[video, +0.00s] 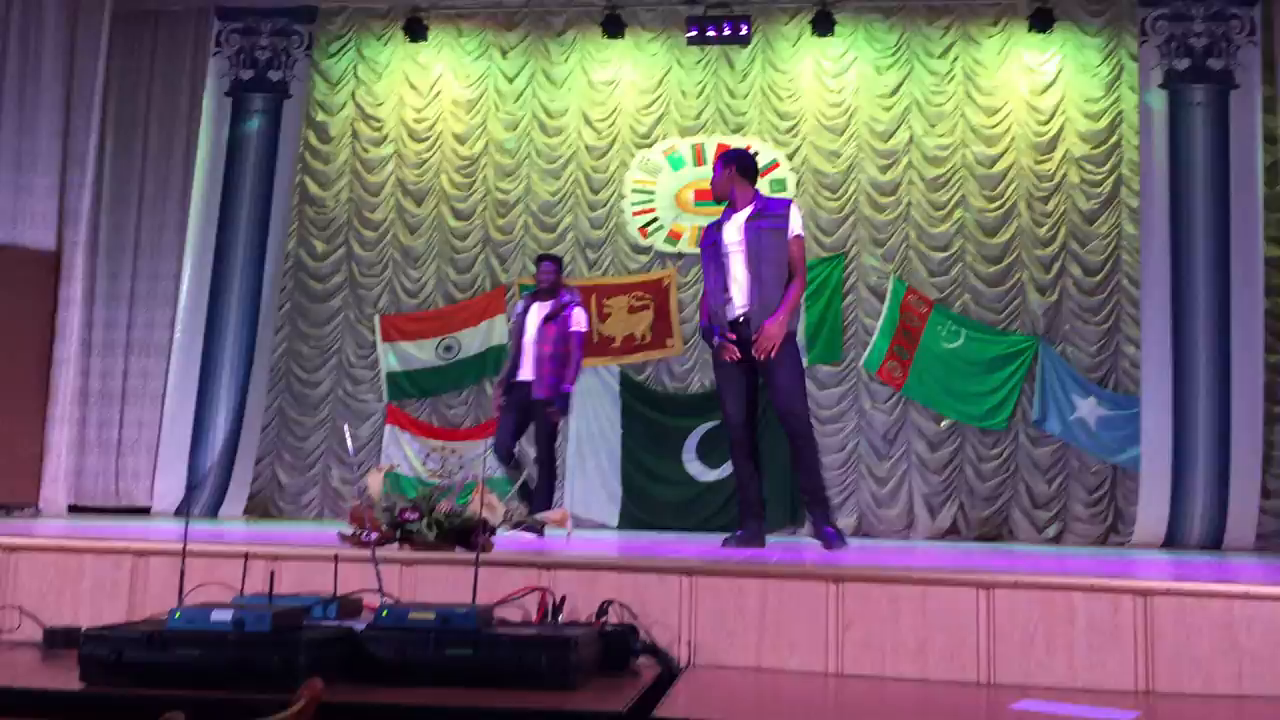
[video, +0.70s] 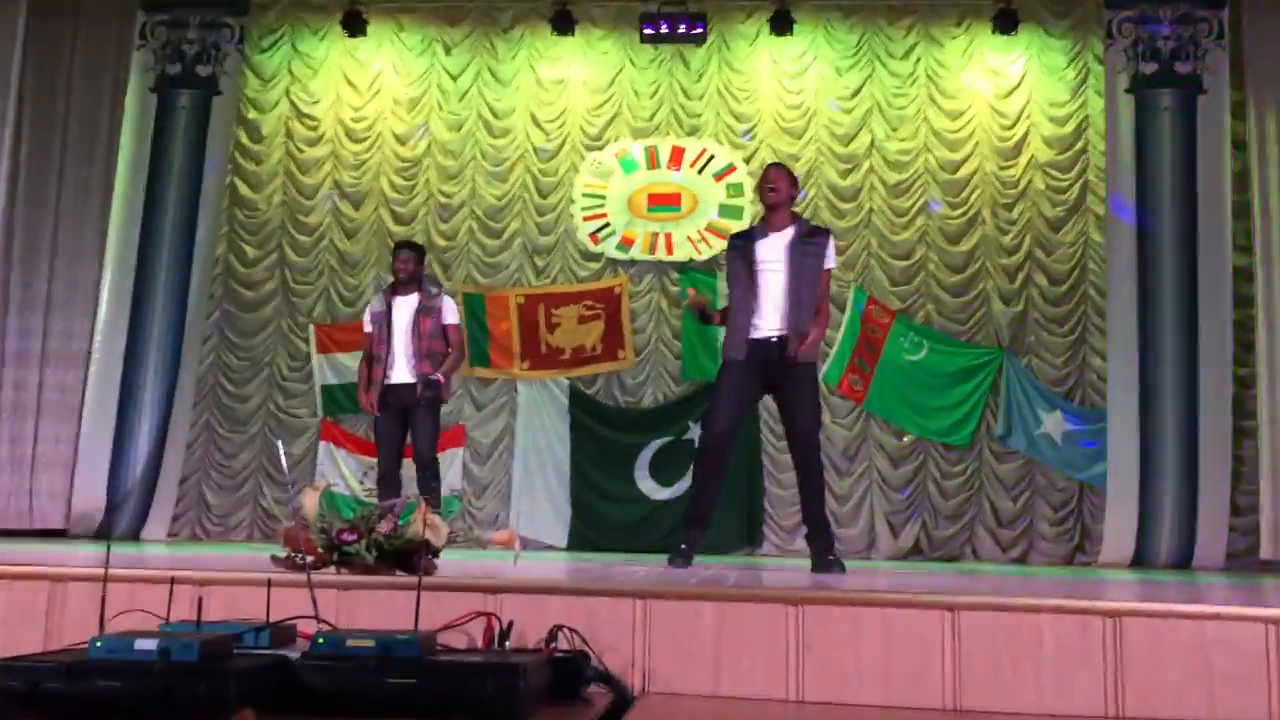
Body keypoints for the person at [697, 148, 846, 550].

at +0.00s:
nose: (712, 180)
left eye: (716, 172)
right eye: (714, 172)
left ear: (733, 173)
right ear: (736, 174)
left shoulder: (783, 212)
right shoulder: (712, 232)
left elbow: (798, 275)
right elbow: (708, 291)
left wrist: (780, 322)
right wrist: (712, 332)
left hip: (775, 334)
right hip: (729, 339)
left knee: (796, 424)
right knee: (739, 434)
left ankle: (822, 521)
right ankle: (751, 528)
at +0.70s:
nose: (768, 188)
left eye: (777, 184)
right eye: (764, 184)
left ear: (794, 193)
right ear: (758, 193)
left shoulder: (817, 239)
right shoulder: (740, 243)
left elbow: (823, 303)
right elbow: (739, 311)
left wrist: (813, 336)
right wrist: (710, 314)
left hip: (794, 356)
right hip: (744, 356)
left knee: (807, 451)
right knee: (713, 441)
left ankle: (822, 551)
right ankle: (689, 541)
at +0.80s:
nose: (801, 156)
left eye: (811, 150)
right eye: (794, 152)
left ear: (830, 166)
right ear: (785, 168)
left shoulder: (857, 223)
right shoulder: (764, 227)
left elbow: (862, 302)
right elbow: (751, 305)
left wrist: (863, 267)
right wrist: (715, 264)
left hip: (833, 359)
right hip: (772, 357)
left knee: (849, 471)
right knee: (728, 459)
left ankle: (871, 595)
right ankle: (688, 574)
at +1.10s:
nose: (759, 186)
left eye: (769, 179)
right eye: (755, 179)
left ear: (790, 187)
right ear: (749, 189)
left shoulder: (822, 239)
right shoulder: (737, 248)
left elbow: (827, 298)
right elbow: (721, 315)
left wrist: (790, 244)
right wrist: (728, 250)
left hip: (805, 372)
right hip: (745, 375)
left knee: (843, 477)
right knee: (719, 478)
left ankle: (889, 593)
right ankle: (701, 592)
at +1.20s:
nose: (742, 165)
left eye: (753, 157)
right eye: (739, 158)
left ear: (778, 167)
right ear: (737, 169)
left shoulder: (819, 223)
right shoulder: (725, 242)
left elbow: (830, 305)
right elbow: (723, 322)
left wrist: (775, 314)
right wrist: (738, 309)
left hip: (805, 369)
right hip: (744, 372)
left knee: (839, 478)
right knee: (725, 487)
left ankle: (868, 604)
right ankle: (710, 615)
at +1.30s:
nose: (713, 167)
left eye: (722, 158)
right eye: (712, 159)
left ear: (753, 164)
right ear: (721, 169)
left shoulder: (798, 219)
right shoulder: (709, 238)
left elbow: (812, 303)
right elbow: (701, 324)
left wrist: (779, 359)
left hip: (786, 367)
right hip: (727, 372)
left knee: (809, 472)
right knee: (712, 487)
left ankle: (814, 595)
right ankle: (701, 613)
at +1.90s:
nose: (767, 217)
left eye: (774, 206)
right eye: (757, 210)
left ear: (790, 204)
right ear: (746, 213)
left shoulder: (831, 246)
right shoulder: (741, 264)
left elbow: (854, 325)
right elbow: (744, 339)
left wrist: (826, 391)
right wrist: (727, 399)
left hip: (821, 389)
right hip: (762, 390)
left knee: (838, 492)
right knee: (736, 485)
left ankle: (807, 593)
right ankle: (748, 607)